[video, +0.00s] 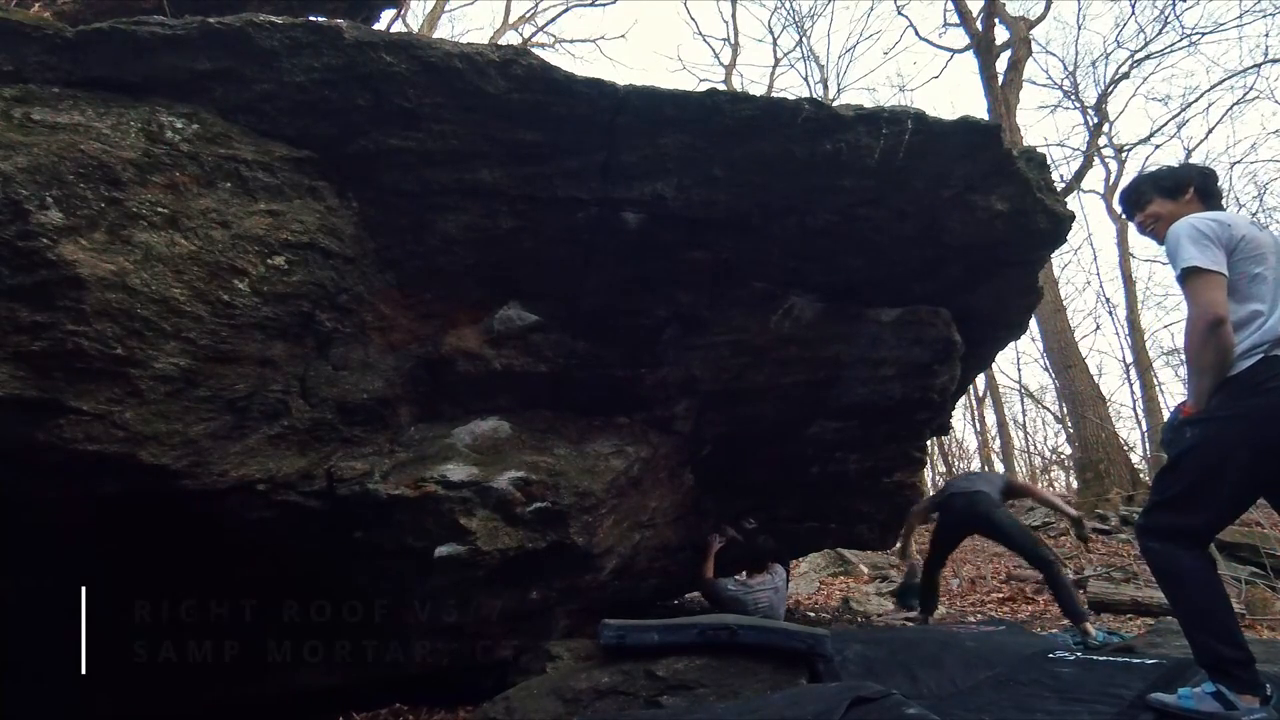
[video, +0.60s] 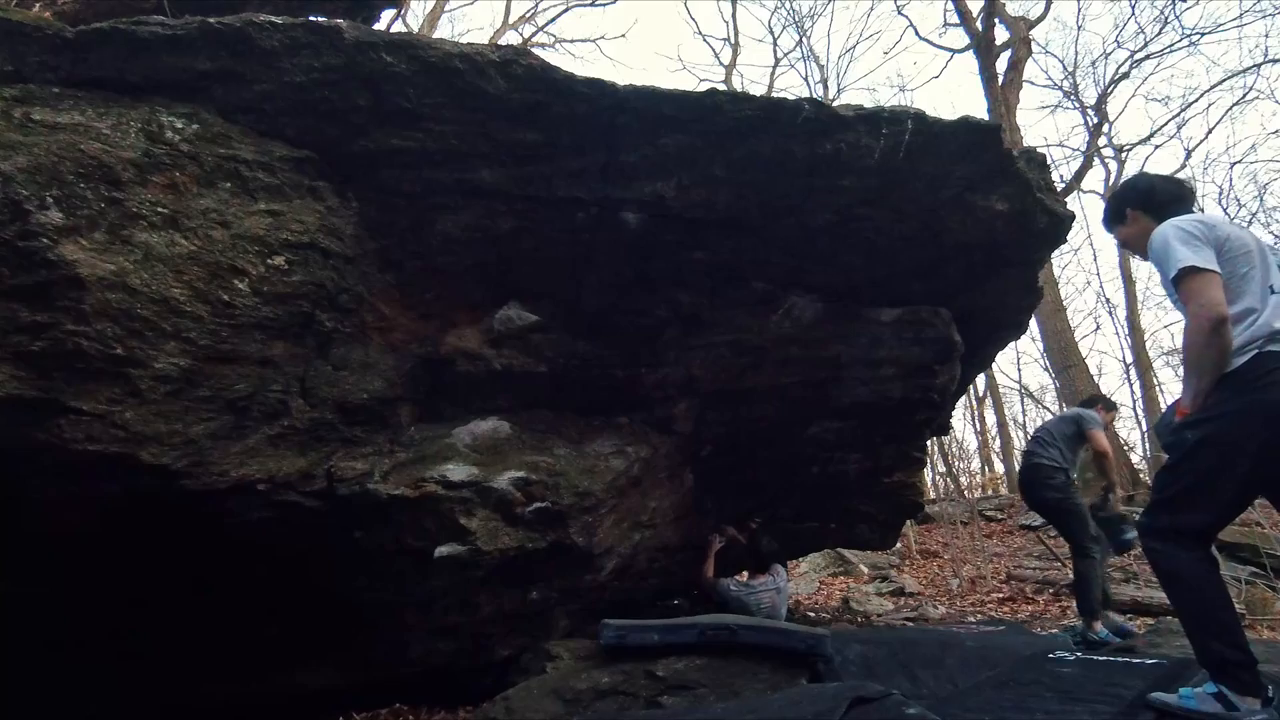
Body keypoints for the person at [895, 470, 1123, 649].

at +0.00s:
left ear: (963, 479)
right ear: (994, 478)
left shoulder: (946, 489)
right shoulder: (1001, 481)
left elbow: (913, 514)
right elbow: (1038, 493)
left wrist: (905, 553)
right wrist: (1077, 519)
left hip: (951, 512)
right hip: (987, 508)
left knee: (932, 565)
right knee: (1048, 562)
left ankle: (924, 618)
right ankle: (1087, 630)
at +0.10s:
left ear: (999, 465)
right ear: (1024, 467)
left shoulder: (976, 475)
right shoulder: (1026, 468)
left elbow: (941, 497)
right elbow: (1059, 486)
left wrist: (932, 538)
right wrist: (1089, 521)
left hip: (969, 507)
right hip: (1005, 505)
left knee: (943, 561)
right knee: (1058, 562)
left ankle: (926, 617)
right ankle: (1090, 630)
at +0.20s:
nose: (1068, 463)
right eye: (1068, 459)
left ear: (1037, 448)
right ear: (1058, 449)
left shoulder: (1009, 457)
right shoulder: (1055, 449)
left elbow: (966, 482)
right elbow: (1073, 473)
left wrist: (967, 527)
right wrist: (1096, 518)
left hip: (983, 493)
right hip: (1018, 492)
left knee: (964, 554)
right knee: (1068, 556)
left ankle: (929, 610)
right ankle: (1091, 628)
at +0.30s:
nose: (1083, 449)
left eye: (1083, 446)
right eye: (1083, 445)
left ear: (1063, 432)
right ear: (1078, 438)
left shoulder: (1034, 442)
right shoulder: (1074, 438)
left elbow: (988, 470)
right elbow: (1083, 462)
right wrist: (1099, 508)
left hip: (995, 479)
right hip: (1027, 480)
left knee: (1000, 548)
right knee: (1074, 553)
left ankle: (958, 594)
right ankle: (1091, 627)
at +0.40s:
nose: (1096, 443)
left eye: (1098, 439)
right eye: (1097, 438)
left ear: (1071, 422)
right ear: (1089, 428)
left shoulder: (1050, 433)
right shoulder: (1080, 428)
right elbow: (1090, 454)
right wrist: (1099, 501)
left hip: (1006, 478)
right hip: (1036, 478)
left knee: (1040, 546)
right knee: (1076, 550)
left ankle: (1005, 584)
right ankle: (1092, 626)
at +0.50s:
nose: (1103, 434)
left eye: (1105, 430)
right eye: (1104, 428)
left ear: (1085, 415)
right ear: (1095, 417)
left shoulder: (1058, 426)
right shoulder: (1085, 422)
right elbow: (1095, 452)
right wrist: (1102, 490)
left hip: (1016, 478)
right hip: (1042, 475)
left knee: (1072, 537)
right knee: (1080, 544)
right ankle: (1094, 625)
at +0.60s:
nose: (1108, 425)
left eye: (1110, 421)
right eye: (1108, 419)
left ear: (1088, 407)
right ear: (1099, 410)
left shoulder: (1066, 419)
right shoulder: (1087, 415)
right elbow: (1102, 449)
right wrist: (1111, 486)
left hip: (1030, 479)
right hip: (1049, 477)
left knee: (1093, 541)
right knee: (1088, 545)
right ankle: (1091, 624)